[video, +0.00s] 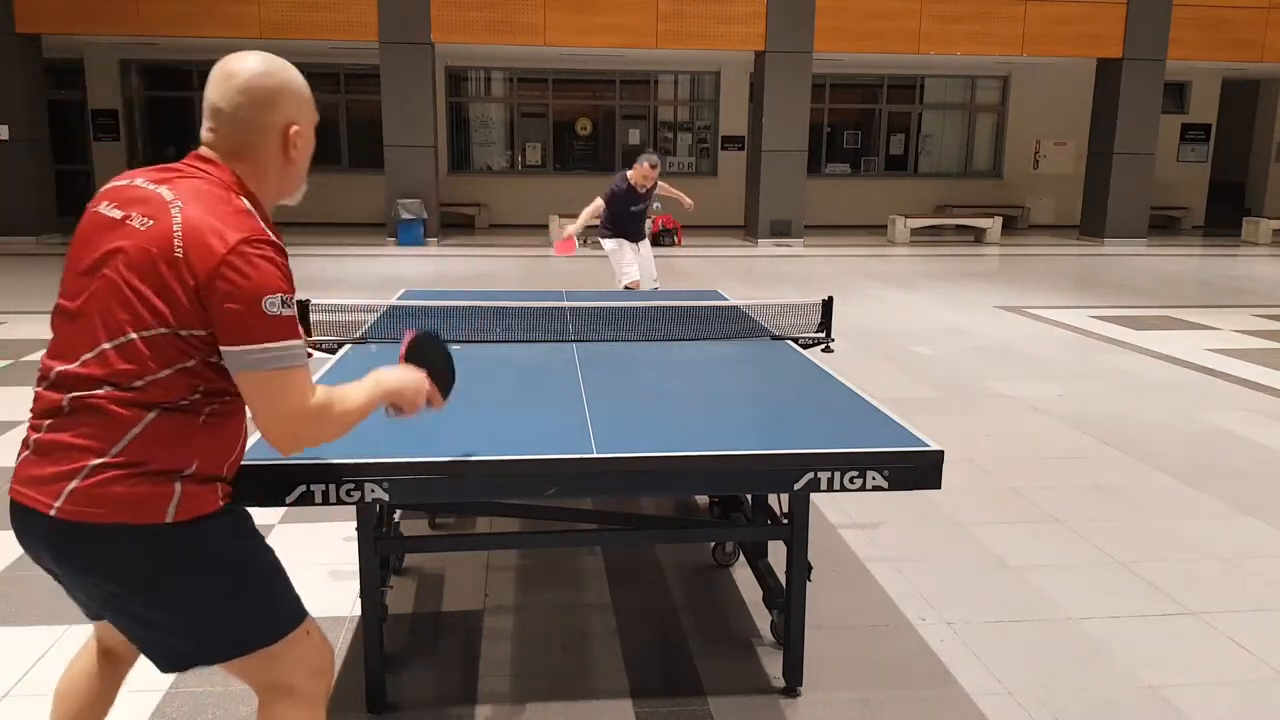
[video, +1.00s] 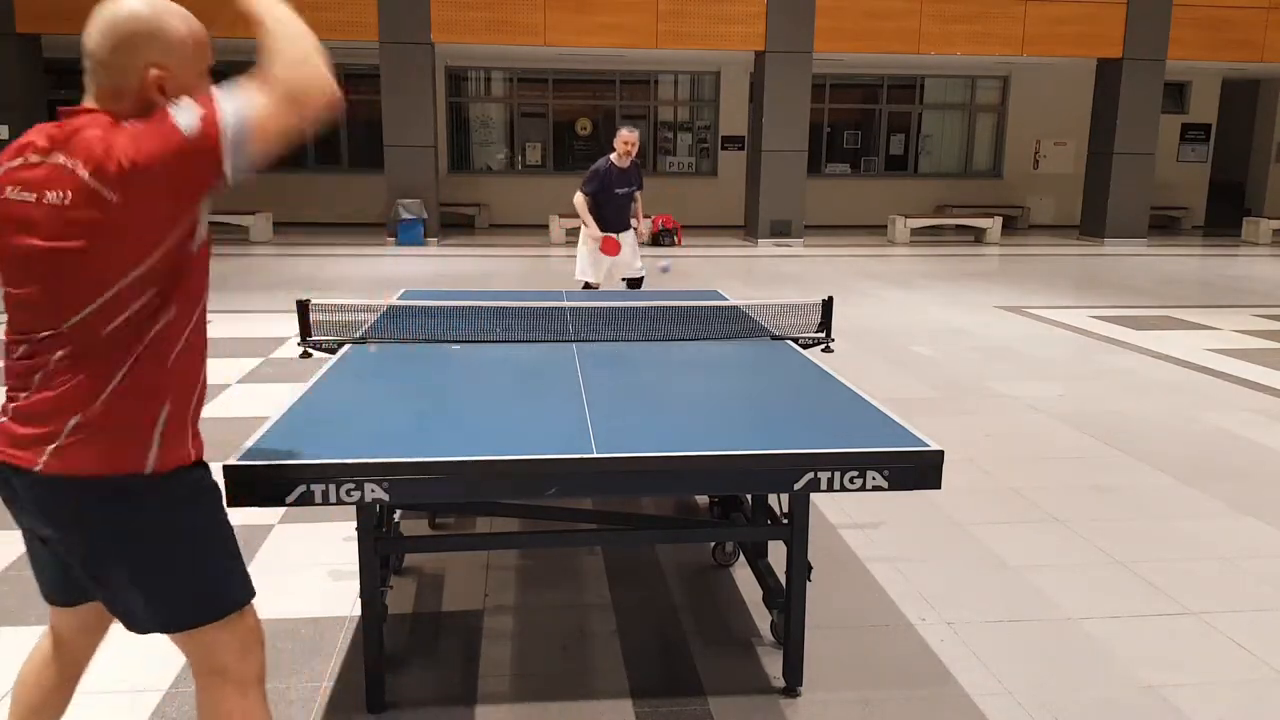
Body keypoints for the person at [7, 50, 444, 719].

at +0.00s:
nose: (313, 148)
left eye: (312, 132)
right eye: (311, 132)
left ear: (210, 124)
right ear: (291, 139)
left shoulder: (120, 192)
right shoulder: (237, 241)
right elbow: (293, 426)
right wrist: (384, 386)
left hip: (46, 497)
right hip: (148, 514)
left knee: (115, 641)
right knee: (301, 673)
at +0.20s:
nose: (353, 177)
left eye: (355, 162)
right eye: (354, 161)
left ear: (257, 145)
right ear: (328, 166)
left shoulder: (182, 196)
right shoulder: (247, 265)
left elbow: (213, 292)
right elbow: (301, 447)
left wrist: (306, 314)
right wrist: (406, 405)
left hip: (59, 486)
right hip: (132, 511)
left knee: (113, 654)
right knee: (307, 661)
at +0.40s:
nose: (402, 253)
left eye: (407, 239)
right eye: (404, 239)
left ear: (309, 207)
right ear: (376, 244)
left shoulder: (254, 244)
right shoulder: (267, 334)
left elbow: (339, 348)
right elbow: (241, 528)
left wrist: (393, 339)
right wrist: (376, 532)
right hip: (110, 527)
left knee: (165, 623)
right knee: (303, 668)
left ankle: (69, 713)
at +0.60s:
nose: (394, 289)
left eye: (397, 275)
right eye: (394, 276)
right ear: (351, 284)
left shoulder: (267, 265)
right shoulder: (212, 371)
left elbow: (315, 306)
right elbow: (69, 513)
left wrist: (372, 321)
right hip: (110, 530)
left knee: (159, 649)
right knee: (285, 664)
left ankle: (56, 717)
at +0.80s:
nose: (326, 186)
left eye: (325, 170)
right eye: (316, 172)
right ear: (255, 189)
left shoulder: (161, 195)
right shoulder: (188, 291)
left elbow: (226, 208)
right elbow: (160, 474)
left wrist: (283, 229)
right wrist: (227, 590)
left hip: (66, 479)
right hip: (109, 500)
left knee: (122, 636)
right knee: (263, 652)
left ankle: (37, 714)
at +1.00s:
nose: (210, 95)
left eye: (209, 79)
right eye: (202, 79)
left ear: (94, 78)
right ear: (159, 86)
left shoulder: (17, 161)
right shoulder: (149, 154)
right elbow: (309, 89)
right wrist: (267, 7)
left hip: (28, 459)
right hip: (132, 467)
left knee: (72, 628)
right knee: (230, 656)